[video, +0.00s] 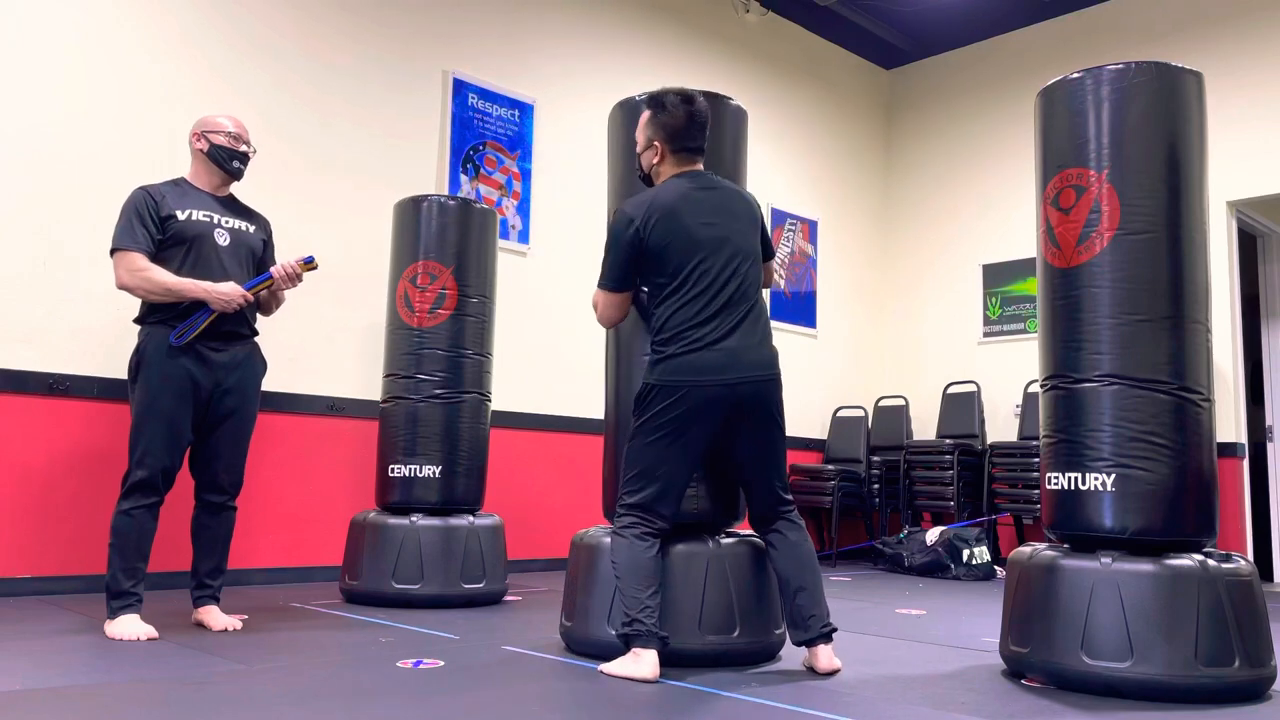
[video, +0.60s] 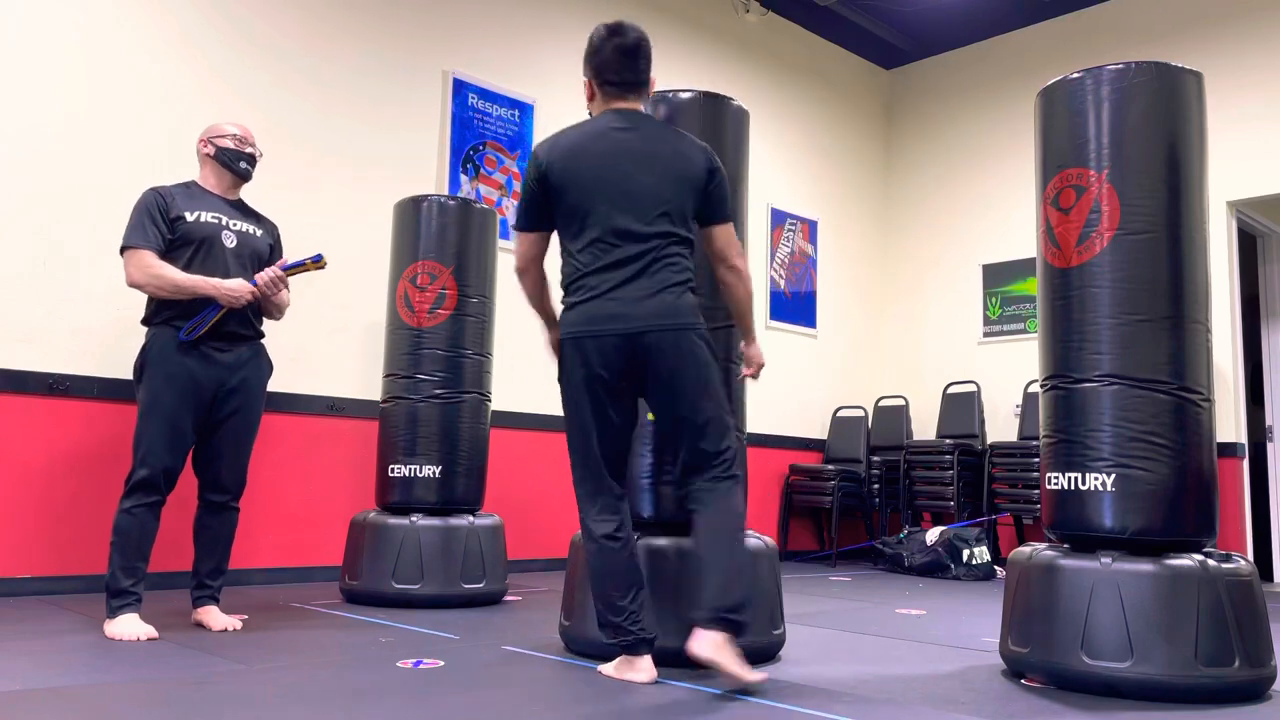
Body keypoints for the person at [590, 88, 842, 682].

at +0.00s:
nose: (638, 153)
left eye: (642, 144)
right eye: (639, 143)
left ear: (657, 148)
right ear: (698, 144)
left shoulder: (638, 213)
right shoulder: (743, 202)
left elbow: (609, 312)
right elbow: (762, 279)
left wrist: (643, 276)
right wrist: (703, 273)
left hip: (681, 381)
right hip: (757, 377)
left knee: (641, 519)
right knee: (776, 508)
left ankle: (642, 651)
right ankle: (820, 644)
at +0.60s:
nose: (594, 88)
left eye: (587, 81)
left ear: (588, 85)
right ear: (652, 85)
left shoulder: (554, 154)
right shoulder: (691, 152)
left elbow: (528, 263)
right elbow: (729, 259)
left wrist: (552, 325)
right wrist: (751, 336)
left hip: (592, 333)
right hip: (676, 330)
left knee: (602, 495)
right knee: (714, 470)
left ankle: (633, 653)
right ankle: (714, 626)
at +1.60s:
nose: (458, 46)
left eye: (455, 34)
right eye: (455, 33)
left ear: (390, 39)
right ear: (435, 33)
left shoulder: (366, 103)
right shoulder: (431, 92)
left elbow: (403, 204)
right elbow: (477, 205)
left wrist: (479, 180)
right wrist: (488, 169)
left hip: (357, 303)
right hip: (403, 305)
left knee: (353, 475)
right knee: (414, 477)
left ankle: (321, 648)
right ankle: (321, 658)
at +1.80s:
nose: (447, 37)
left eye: (443, 24)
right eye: (442, 24)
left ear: (380, 32)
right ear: (420, 26)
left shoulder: (357, 99)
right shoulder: (412, 84)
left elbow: (384, 205)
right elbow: (453, 197)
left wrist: (460, 179)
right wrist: (476, 153)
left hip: (363, 301)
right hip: (383, 304)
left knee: (372, 486)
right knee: (347, 482)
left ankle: (331, 654)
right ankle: (281, 673)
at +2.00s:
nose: (453, 36)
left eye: (450, 25)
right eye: (448, 24)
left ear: (396, 29)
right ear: (426, 26)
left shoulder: (377, 88)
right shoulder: (398, 84)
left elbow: (402, 198)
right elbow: (433, 196)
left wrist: (462, 183)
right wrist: (471, 154)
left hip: (391, 308)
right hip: (371, 304)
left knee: (400, 473)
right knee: (335, 482)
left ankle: (374, 642)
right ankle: (280, 674)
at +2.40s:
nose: (493, 93)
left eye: (492, 82)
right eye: (490, 81)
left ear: (450, 80)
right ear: (466, 77)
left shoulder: (459, 152)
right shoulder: (412, 130)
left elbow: (524, 217)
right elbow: (436, 213)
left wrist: (609, 225)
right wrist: (499, 174)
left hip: (458, 336)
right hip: (415, 331)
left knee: (459, 484)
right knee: (407, 482)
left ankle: (431, 625)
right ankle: (301, 648)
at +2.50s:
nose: (508, 108)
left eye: (507, 100)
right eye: (505, 98)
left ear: (450, 95)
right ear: (487, 95)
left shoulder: (445, 151)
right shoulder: (455, 130)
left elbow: (493, 251)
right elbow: (490, 185)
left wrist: (567, 230)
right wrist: (535, 152)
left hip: (414, 321)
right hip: (443, 319)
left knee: (441, 474)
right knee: (467, 470)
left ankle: (429, 629)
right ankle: (347, 620)